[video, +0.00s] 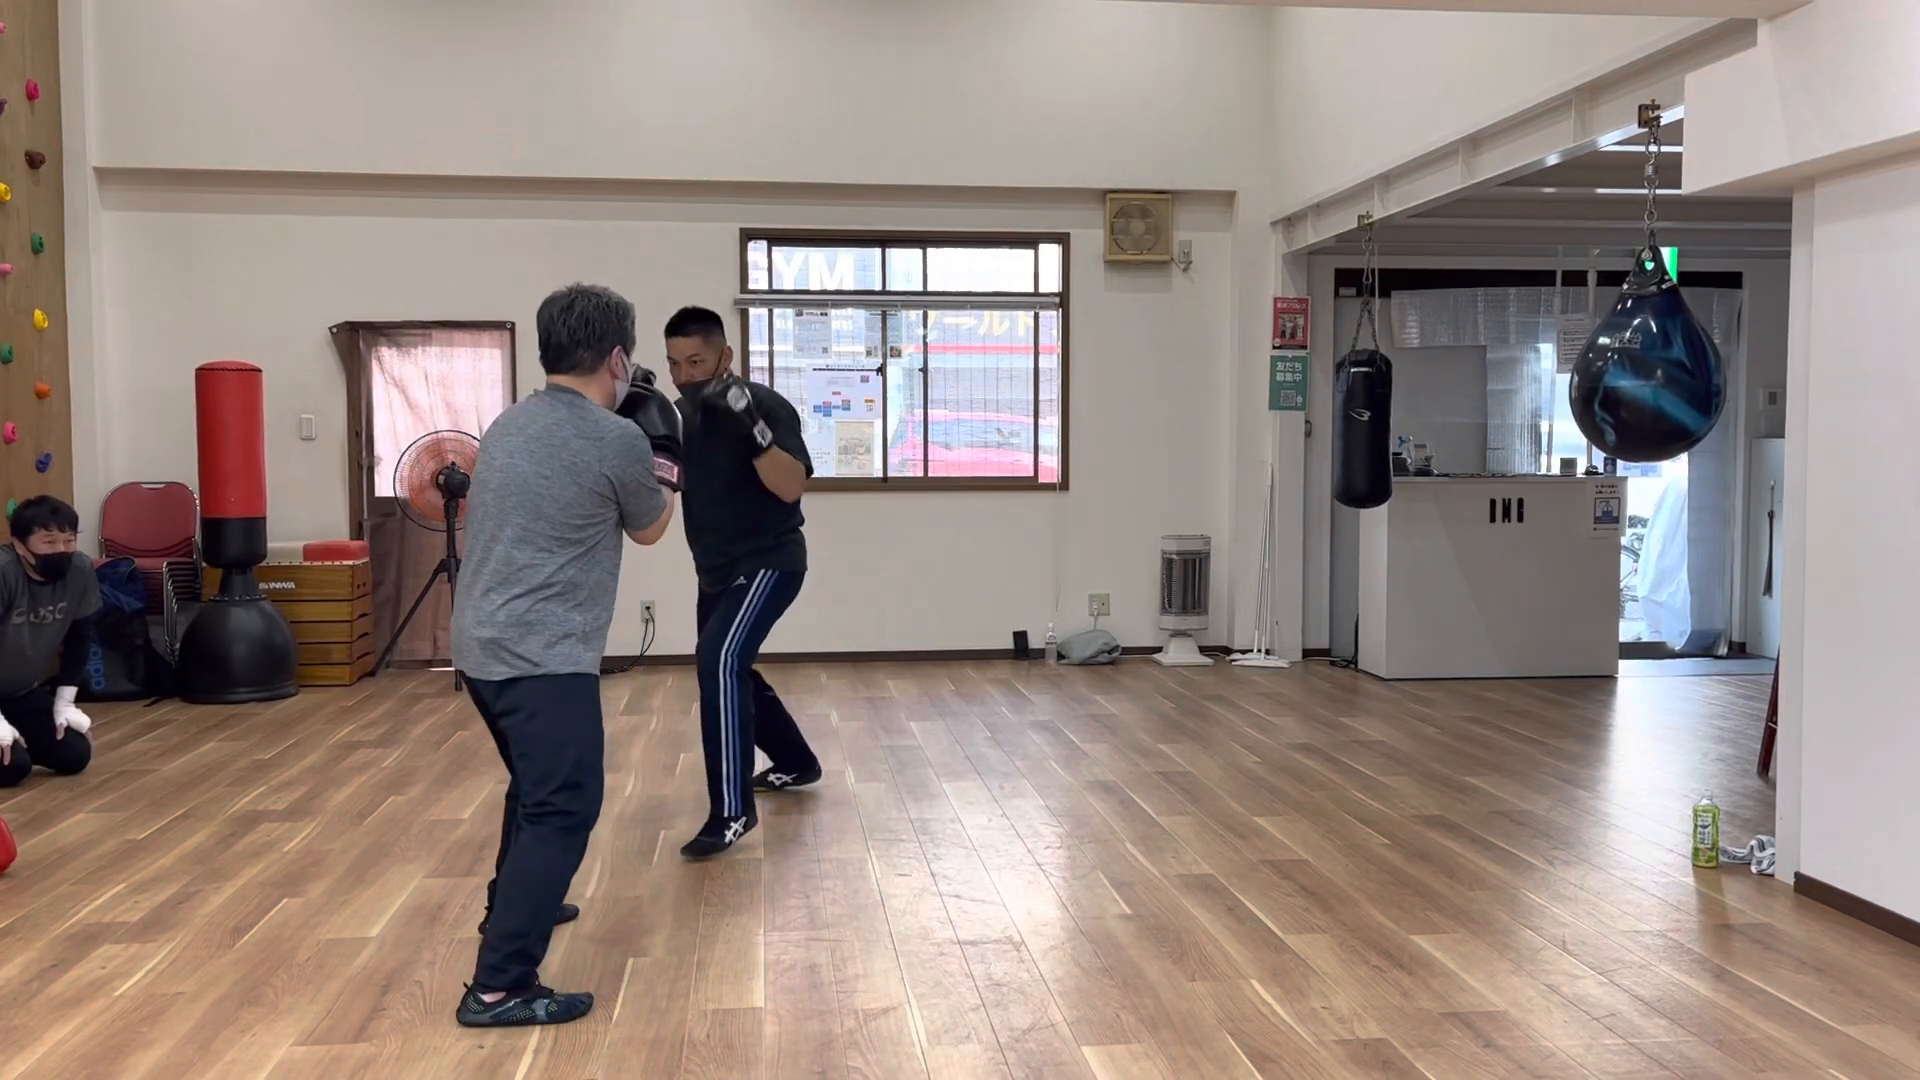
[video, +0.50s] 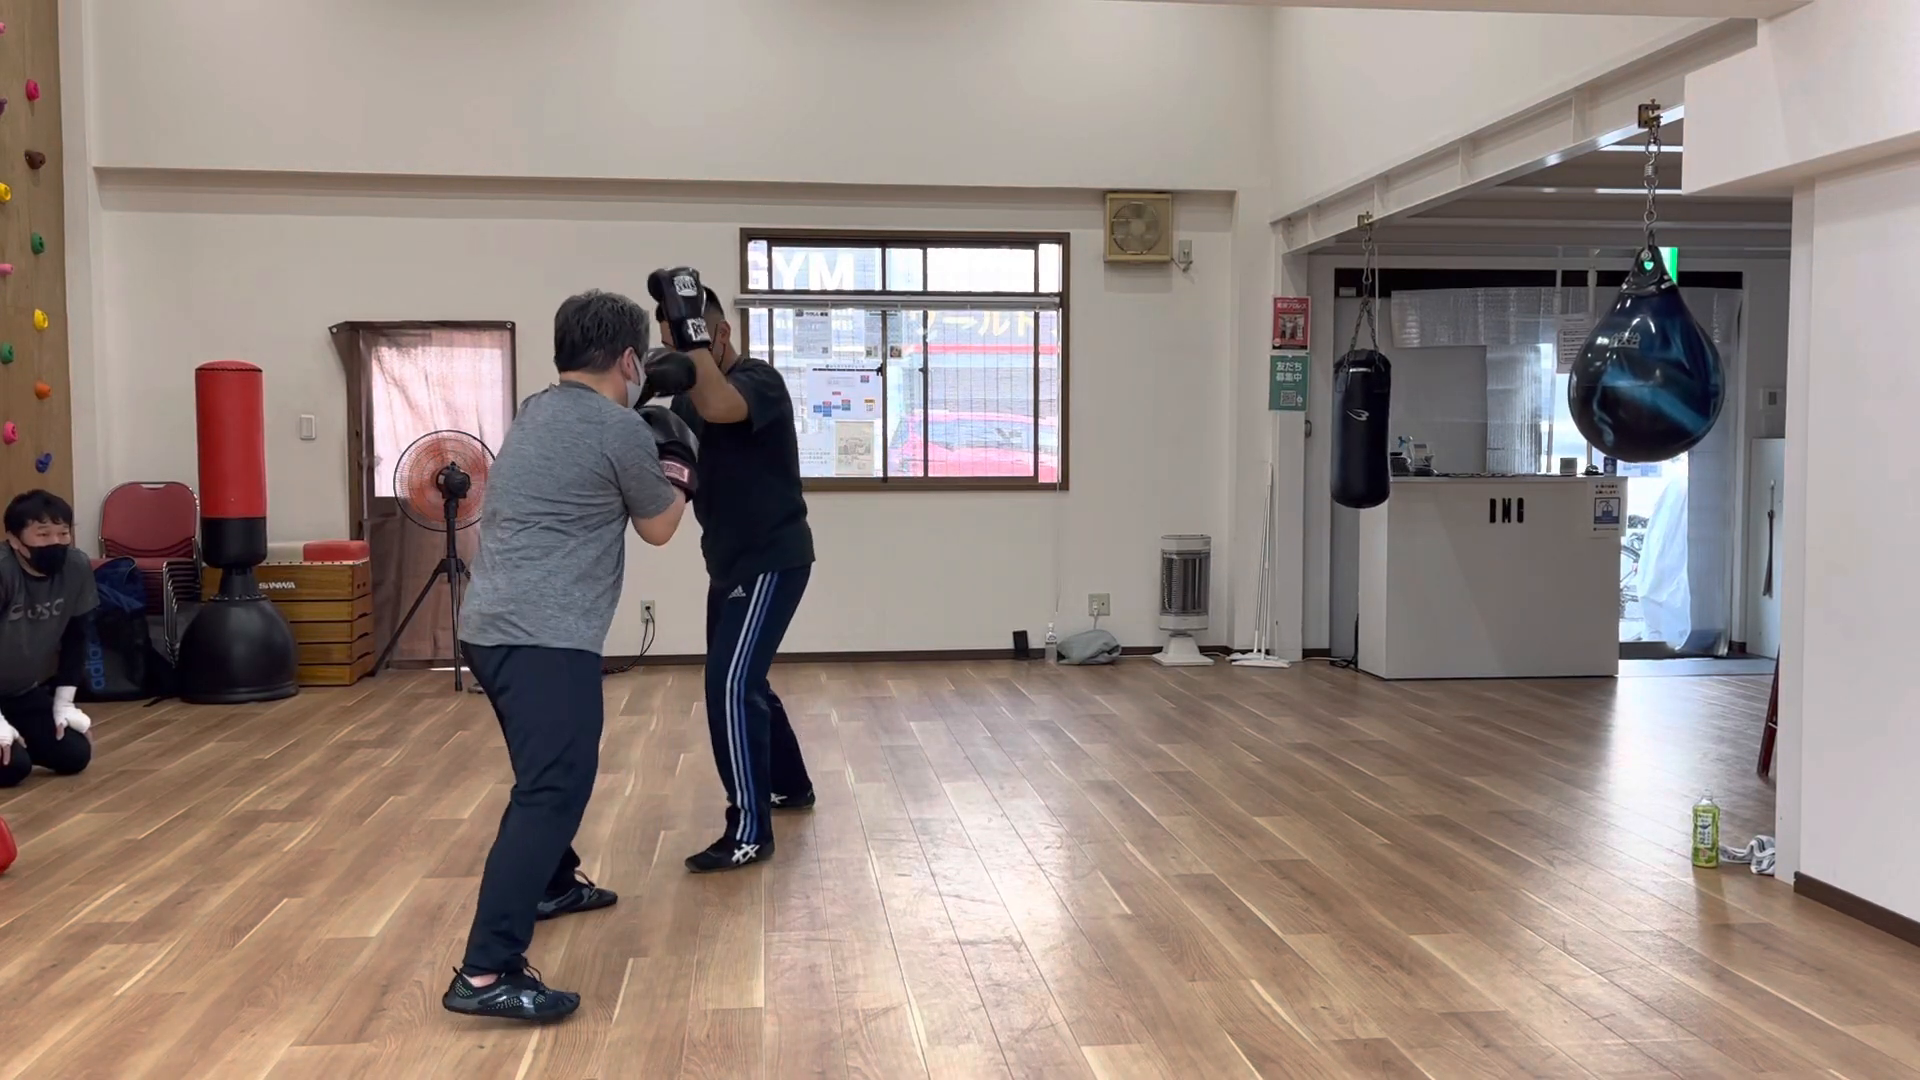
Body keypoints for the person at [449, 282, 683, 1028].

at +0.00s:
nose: (631, 365)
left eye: (629, 355)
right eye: (629, 355)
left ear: (546, 355)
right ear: (615, 357)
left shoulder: (506, 423)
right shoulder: (615, 438)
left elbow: (528, 500)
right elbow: (651, 525)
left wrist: (618, 465)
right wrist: (661, 480)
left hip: (480, 651)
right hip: (548, 660)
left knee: (532, 787)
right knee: (562, 811)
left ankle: (516, 906)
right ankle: (501, 987)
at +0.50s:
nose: (642, 368)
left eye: (641, 357)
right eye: (640, 356)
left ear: (564, 357)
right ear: (626, 359)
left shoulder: (531, 412)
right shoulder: (618, 427)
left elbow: (577, 494)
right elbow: (659, 525)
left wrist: (628, 426)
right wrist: (676, 476)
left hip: (490, 630)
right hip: (546, 641)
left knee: (547, 768)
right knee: (552, 791)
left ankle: (551, 878)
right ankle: (486, 970)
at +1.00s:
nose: (625, 369)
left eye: (623, 359)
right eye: (623, 358)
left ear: (546, 358)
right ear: (609, 361)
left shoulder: (515, 417)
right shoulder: (600, 436)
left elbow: (561, 504)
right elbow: (642, 531)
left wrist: (627, 490)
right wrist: (654, 484)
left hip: (478, 639)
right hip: (531, 652)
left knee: (544, 771)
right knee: (539, 806)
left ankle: (542, 879)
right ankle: (481, 978)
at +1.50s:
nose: (547, 353)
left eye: (548, 342)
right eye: (546, 341)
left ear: (460, 342)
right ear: (528, 342)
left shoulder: (430, 414)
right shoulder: (534, 414)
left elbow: (489, 493)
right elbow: (607, 494)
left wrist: (547, 424)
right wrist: (600, 435)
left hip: (418, 639)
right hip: (475, 648)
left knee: (514, 749)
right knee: (472, 813)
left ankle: (525, 880)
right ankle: (397, 993)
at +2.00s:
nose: (479, 345)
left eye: (479, 333)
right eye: (475, 332)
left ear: (383, 337)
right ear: (453, 338)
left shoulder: (349, 414)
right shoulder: (445, 424)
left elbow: (422, 501)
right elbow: (533, 511)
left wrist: (471, 415)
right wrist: (541, 435)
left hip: (341, 655)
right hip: (391, 669)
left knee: (451, 755)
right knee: (372, 835)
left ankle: (392, 909)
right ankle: (284, 1025)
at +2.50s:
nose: (466, 379)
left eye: (468, 367)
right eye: (464, 366)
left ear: (381, 362)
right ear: (442, 364)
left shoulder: (350, 426)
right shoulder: (436, 443)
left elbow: (411, 514)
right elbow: (490, 546)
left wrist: (462, 435)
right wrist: (512, 497)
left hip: (332, 663)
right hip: (389, 674)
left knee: (410, 789)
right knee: (409, 831)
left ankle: (406, 887)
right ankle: (338, 1011)